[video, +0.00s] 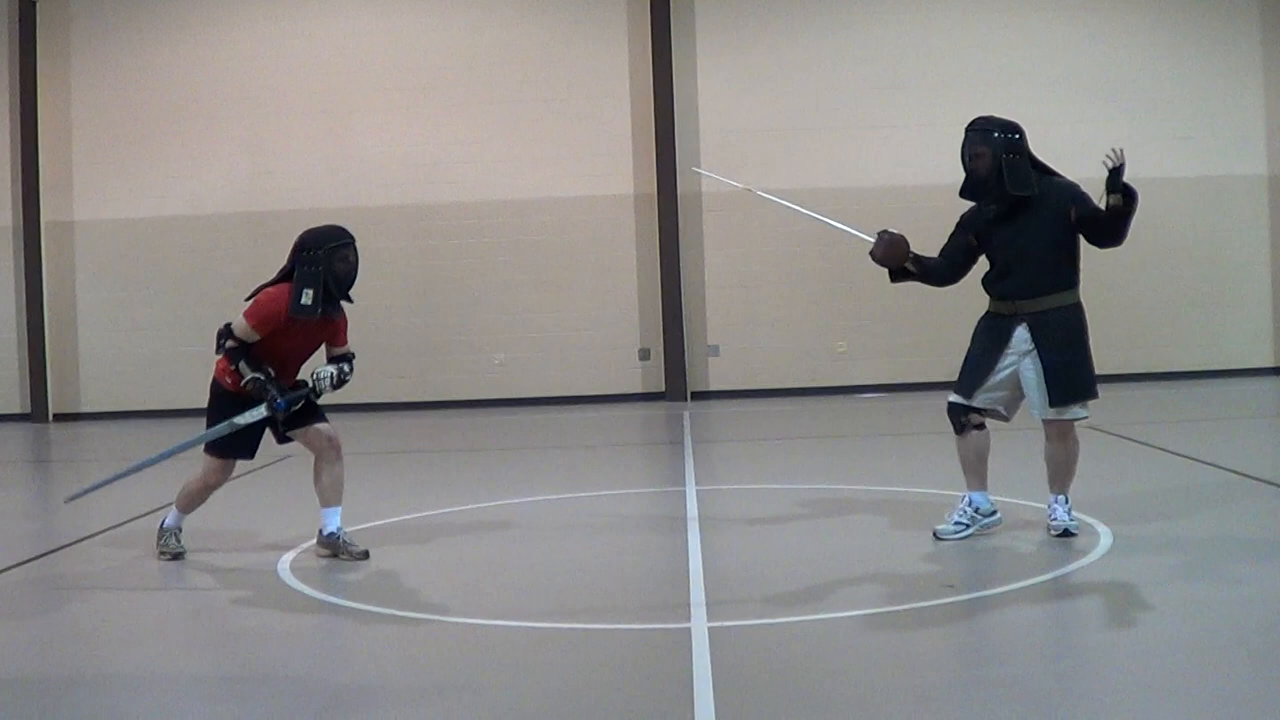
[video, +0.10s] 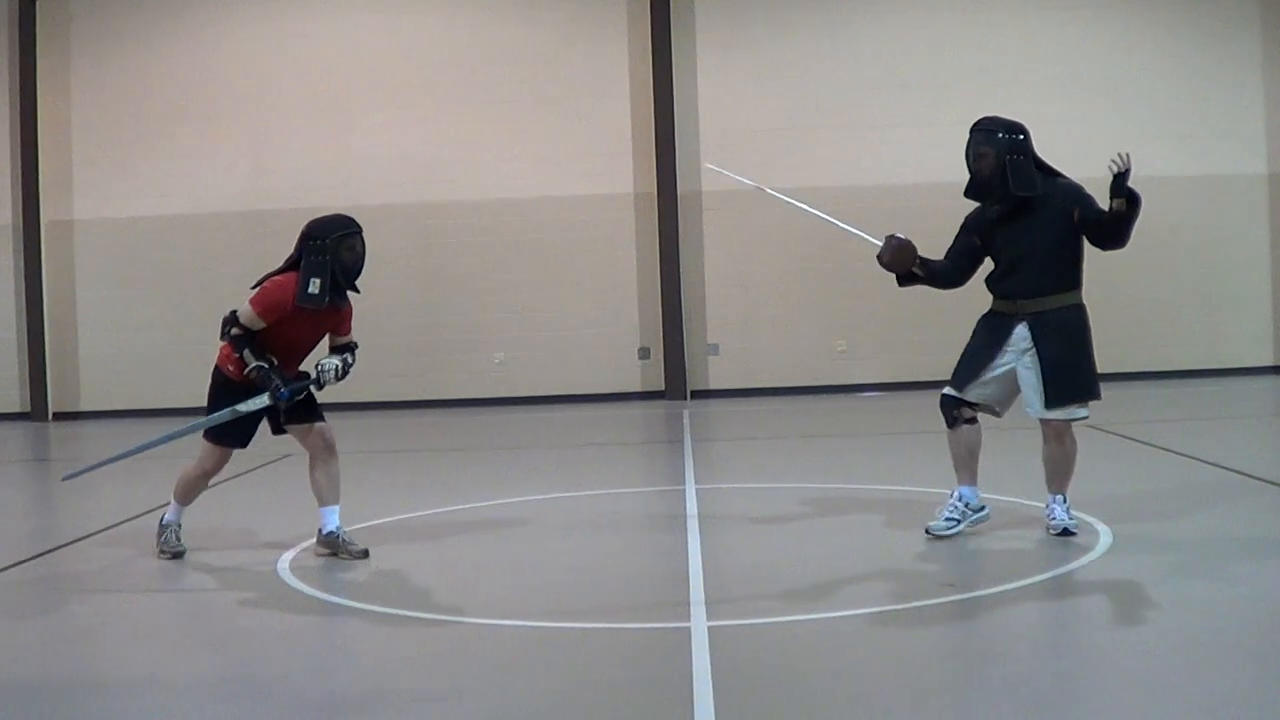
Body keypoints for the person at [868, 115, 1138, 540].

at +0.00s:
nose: (970, 165)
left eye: (977, 156)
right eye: (967, 157)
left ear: (1006, 155)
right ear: (969, 159)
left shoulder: (1060, 195)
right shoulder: (979, 216)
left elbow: (1108, 236)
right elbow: (947, 270)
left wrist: (1118, 198)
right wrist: (905, 259)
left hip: (1055, 322)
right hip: (1000, 322)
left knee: (1059, 419)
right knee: (965, 408)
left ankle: (1060, 504)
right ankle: (979, 503)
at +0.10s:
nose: (974, 166)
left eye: (981, 156)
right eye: (971, 157)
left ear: (1009, 155)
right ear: (974, 159)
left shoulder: (1063, 196)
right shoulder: (984, 217)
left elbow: (1111, 238)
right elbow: (954, 271)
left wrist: (1121, 200)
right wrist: (913, 267)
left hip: (1056, 323)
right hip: (1002, 322)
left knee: (1056, 420)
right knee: (958, 404)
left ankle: (1058, 506)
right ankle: (967, 499)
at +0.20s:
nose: (975, 167)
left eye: (983, 157)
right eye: (972, 158)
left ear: (1011, 157)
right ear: (975, 159)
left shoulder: (1063, 197)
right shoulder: (986, 218)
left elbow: (1111, 240)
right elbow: (955, 274)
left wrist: (1121, 199)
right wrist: (912, 269)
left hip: (1056, 323)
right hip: (1002, 322)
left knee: (1055, 420)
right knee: (960, 407)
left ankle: (1058, 506)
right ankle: (950, 503)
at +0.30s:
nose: (972, 167)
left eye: (980, 158)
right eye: (970, 158)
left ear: (1007, 157)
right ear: (970, 159)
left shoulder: (1061, 198)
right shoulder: (982, 218)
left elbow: (1108, 240)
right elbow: (952, 271)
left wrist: (1119, 200)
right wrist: (907, 270)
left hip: (1053, 324)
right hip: (999, 324)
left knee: (1053, 421)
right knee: (960, 409)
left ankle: (1058, 504)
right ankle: (942, 506)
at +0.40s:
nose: (966, 167)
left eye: (974, 158)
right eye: (964, 158)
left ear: (1001, 158)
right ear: (966, 160)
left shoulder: (1056, 199)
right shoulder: (975, 219)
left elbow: (1101, 241)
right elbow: (942, 270)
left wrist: (1112, 206)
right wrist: (897, 271)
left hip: (1048, 324)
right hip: (994, 325)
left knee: (1050, 421)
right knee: (959, 414)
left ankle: (1057, 505)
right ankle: (938, 509)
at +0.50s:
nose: (958, 168)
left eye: (966, 159)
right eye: (956, 159)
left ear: (993, 158)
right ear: (958, 160)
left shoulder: (1046, 199)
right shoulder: (967, 220)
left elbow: (1092, 243)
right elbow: (936, 272)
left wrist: (1102, 207)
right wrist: (891, 272)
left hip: (1041, 324)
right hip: (986, 325)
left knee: (1045, 420)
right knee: (950, 413)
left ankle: (1056, 505)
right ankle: (936, 510)